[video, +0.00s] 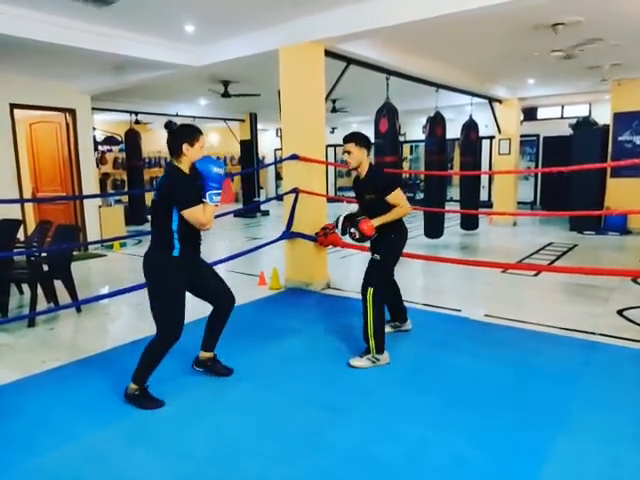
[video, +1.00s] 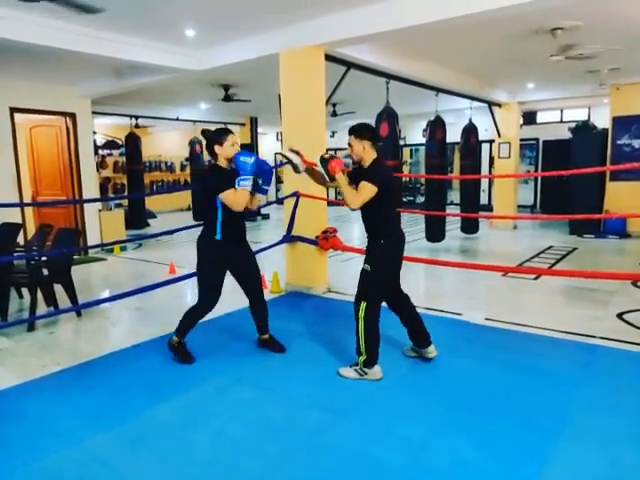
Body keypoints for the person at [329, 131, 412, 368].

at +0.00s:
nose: (345, 157)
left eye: (349, 152)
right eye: (344, 153)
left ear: (364, 151)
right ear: (350, 155)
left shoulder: (381, 178)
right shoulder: (358, 180)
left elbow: (405, 207)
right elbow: (368, 209)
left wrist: (374, 222)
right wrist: (347, 221)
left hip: (393, 235)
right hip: (379, 235)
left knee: (370, 288)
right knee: (384, 278)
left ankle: (376, 352)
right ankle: (400, 319)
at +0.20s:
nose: (344, 157)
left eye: (347, 151)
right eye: (343, 152)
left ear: (363, 150)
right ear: (359, 152)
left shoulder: (375, 174)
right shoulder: (361, 175)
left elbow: (361, 212)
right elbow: (347, 207)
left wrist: (333, 189)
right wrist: (327, 193)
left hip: (390, 237)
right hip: (382, 235)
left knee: (366, 293)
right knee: (379, 283)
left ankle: (376, 355)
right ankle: (406, 326)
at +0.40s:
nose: (352, 151)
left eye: (354, 146)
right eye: (351, 147)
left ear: (369, 145)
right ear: (366, 147)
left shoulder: (379, 170)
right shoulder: (368, 169)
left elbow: (349, 193)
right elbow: (340, 194)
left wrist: (340, 161)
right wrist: (330, 168)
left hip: (387, 238)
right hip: (385, 236)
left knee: (366, 295)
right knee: (385, 290)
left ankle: (376, 355)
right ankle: (411, 341)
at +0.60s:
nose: (355, 152)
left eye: (357, 147)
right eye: (354, 148)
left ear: (372, 145)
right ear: (370, 147)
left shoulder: (380, 171)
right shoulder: (378, 168)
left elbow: (350, 195)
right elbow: (352, 191)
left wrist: (344, 162)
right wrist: (336, 172)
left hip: (386, 240)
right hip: (394, 237)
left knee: (357, 293)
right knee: (395, 292)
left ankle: (372, 353)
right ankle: (413, 343)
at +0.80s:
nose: (348, 151)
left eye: (350, 146)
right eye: (348, 147)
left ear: (364, 146)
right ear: (368, 146)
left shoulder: (366, 171)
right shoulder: (379, 167)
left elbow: (330, 185)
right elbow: (340, 182)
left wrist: (316, 158)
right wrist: (319, 164)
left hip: (380, 244)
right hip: (396, 240)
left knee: (360, 302)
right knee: (398, 296)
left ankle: (367, 364)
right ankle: (414, 344)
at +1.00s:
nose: (349, 150)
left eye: (351, 145)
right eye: (349, 145)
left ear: (365, 144)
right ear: (364, 145)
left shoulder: (378, 171)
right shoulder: (363, 170)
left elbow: (354, 201)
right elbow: (329, 182)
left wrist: (338, 175)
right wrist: (305, 167)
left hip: (384, 243)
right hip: (385, 241)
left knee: (365, 303)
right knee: (393, 296)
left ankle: (367, 365)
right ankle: (424, 345)